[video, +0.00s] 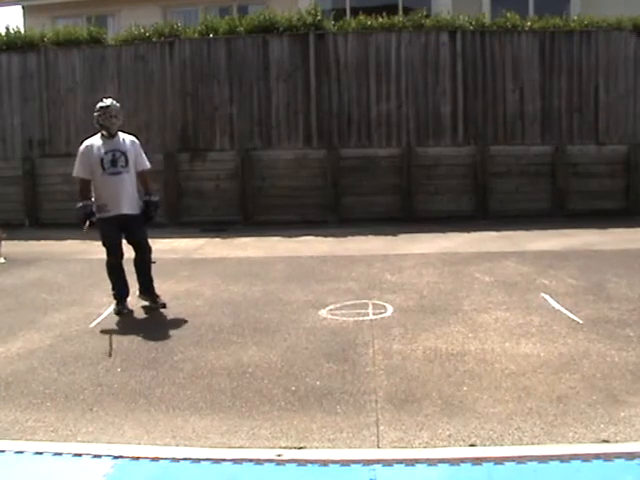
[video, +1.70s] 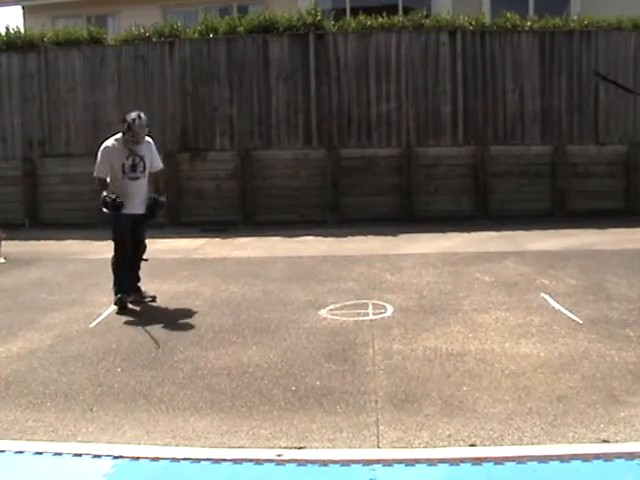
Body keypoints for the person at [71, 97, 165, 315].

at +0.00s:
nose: (113, 120)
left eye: (116, 116)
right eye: (107, 116)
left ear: (121, 118)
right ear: (98, 119)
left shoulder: (131, 142)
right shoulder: (89, 148)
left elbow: (143, 173)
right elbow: (84, 181)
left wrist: (150, 197)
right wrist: (87, 209)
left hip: (132, 209)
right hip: (106, 213)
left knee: (143, 251)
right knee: (114, 257)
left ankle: (147, 290)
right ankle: (120, 298)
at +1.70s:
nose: (138, 138)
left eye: (141, 134)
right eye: (134, 134)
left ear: (145, 132)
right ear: (126, 131)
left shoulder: (148, 144)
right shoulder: (109, 147)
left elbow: (155, 172)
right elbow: (101, 178)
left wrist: (157, 195)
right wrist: (108, 195)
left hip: (141, 207)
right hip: (120, 208)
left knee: (137, 250)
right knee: (122, 251)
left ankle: (134, 287)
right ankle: (120, 293)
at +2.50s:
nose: (133, 122)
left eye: (135, 117)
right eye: (129, 117)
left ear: (137, 119)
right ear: (118, 120)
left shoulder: (140, 143)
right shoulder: (109, 148)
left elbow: (153, 168)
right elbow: (111, 179)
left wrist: (166, 169)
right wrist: (138, 186)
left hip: (139, 208)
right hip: (121, 210)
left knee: (138, 250)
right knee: (131, 251)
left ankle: (134, 289)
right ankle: (131, 299)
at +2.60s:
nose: (135, 122)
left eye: (136, 118)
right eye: (130, 118)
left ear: (137, 120)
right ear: (118, 121)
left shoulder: (138, 143)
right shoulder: (107, 148)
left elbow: (153, 166)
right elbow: (110, 178)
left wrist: (167, 167)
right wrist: (138, 185)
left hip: (139, 209)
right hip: (121, 210)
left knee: (138, 251)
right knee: (130, 253)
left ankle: (135, 290)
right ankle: (130, 299)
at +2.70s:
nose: (136, 124)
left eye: (136, 119)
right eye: (131, 119)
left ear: (136, 121)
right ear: (119, 121)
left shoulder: (137, 143)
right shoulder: (107, 147)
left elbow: (153, 164)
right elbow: (111, 177)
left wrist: (168, 165)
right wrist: (139, 182)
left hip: (139, 209)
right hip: (121, 211)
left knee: (139, 250)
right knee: (129, 253)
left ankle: (135, 289)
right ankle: (130, 299)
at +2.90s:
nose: (133, 127)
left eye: (136, 123)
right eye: (129, 122)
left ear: (139, 123)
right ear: (118, 122)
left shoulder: (135, 142)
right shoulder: (106, 146)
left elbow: (154, 157)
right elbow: (120, 175)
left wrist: (174, 156)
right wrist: (148, 173)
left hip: (140, 209)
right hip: (121, 212)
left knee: (144, 248)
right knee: (130, 254)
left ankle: (136, 288)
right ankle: (131, 300)